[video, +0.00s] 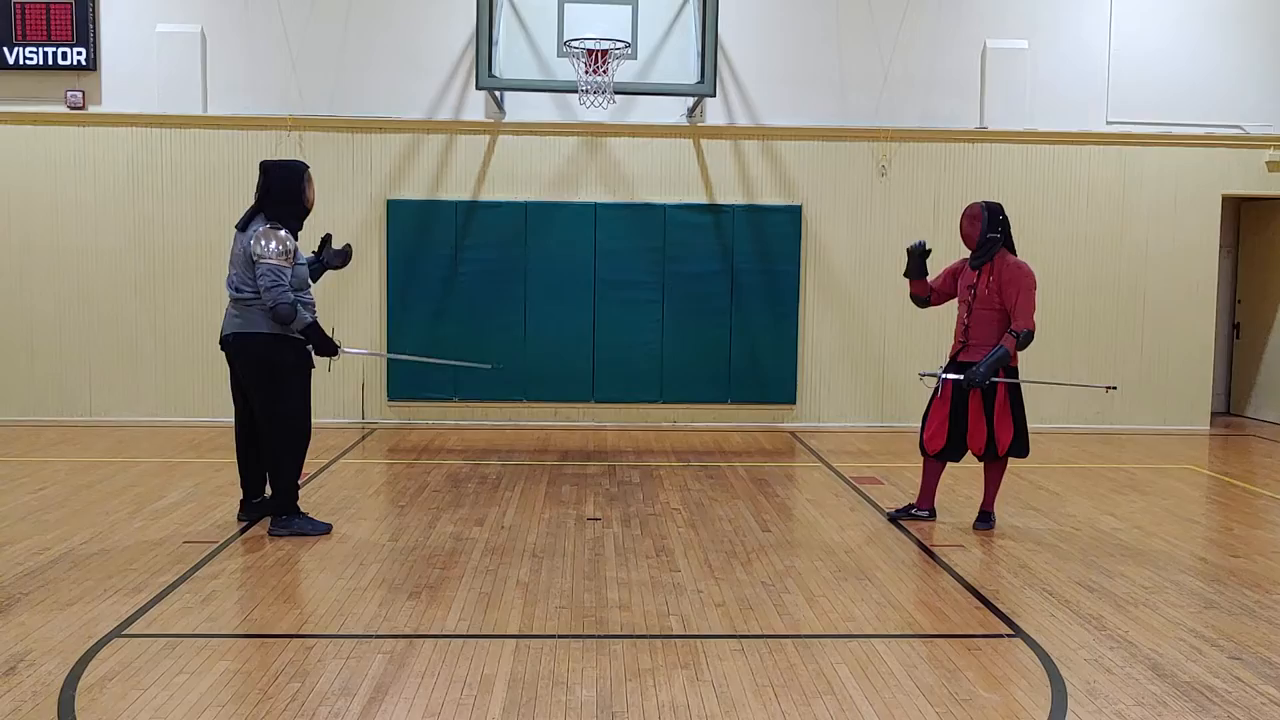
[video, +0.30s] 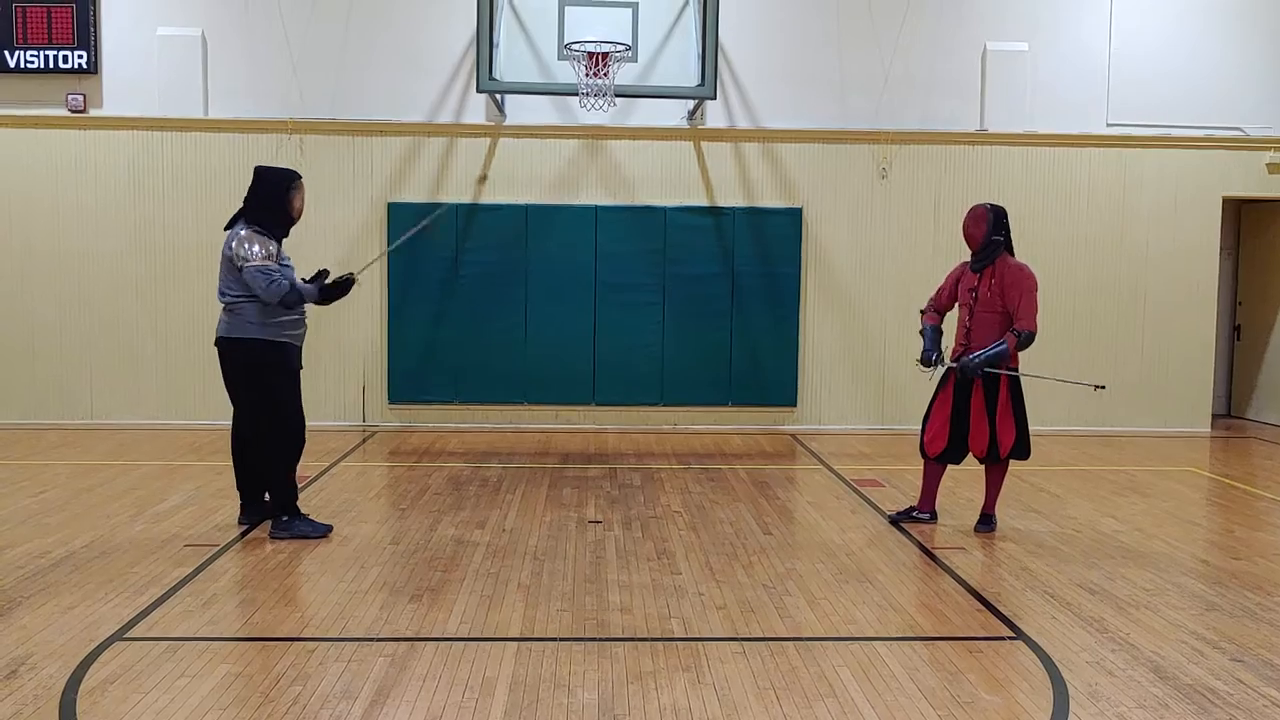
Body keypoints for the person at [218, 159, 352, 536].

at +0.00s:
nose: (314, 194)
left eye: (312, 186)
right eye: (309, 186)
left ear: (273, 189)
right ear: (293, 190)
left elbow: (282, 277)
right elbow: (277, 295)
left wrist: (320, 263)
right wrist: (313, 331)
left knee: (253, 421)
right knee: (291, 425)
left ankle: (253, 501)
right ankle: (286, 514)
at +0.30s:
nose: (302, 206)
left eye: (302, 198)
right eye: (297, 197)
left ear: (273, 199)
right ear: (276, 198)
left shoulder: (264, 238)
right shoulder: (250, 238)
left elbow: (280, 288)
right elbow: (270, 289)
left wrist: (317, 292)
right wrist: (310, 288)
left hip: (262, 344)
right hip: (257, 346)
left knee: (252, 425)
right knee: (286, 428)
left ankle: (253, 505)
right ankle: (286, 516)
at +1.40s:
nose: (291, 208)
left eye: (290, 200)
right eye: (287, 200)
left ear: (257, 203)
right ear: (269, 203)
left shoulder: (238, 241)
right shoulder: (252, 242)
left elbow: (252, 302)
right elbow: (288, 282)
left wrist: (294, 314)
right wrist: (331, 251)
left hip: (243, 352)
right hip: (258, 356)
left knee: (250, 436)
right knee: (272, 438)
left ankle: (248, 520)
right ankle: (262, 527)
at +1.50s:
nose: (289, 242)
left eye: (287, 234)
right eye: (284, 234)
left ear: (255, 236)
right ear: (266, 237)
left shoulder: (236, 274)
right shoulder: (249, 275)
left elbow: (247, 336)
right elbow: (281, 316)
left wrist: (292, 349)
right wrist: (326, 289)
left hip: (241, 384)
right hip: (253, 388)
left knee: (247, 469)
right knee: (266, 471)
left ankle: (243, 553)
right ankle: (256, 559)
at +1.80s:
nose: (322, 272)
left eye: (322, 264)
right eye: (317, 264)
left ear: (290, 266)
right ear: (298, 266)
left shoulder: (274, 305)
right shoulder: (277, 307)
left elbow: (298, 362)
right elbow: (314, 351)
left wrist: (333, 374)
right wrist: (355, 322)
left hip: (280, 410)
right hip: (283, 413)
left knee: (282, 496)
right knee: (294, 497)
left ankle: (276, 575)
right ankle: (283, 585)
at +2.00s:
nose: (320, 253)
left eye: (319, 245)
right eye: (315, 245)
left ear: (289, 246)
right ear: (296, 247)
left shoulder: (280, 288)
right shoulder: (275, 288)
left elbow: (318, 333)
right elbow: (311, 333)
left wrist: (350, 322)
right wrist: (351, 314)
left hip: (286, 395)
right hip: (278, 396)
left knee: (283, 480)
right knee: (286, 481)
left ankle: (273, 560)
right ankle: (278, 567)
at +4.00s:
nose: (306, 209)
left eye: (305, 201)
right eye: (300, 201)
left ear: (275, 206)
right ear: (281, 205)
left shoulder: (272, 250)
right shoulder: (259, 249)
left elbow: (285, 306)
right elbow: (261, 309)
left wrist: (314, 332)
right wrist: (297, 338)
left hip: (274, 355)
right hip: (263, 356)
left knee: (267, 438)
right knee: (276, 440)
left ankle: (255, 520)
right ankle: (261, 527)